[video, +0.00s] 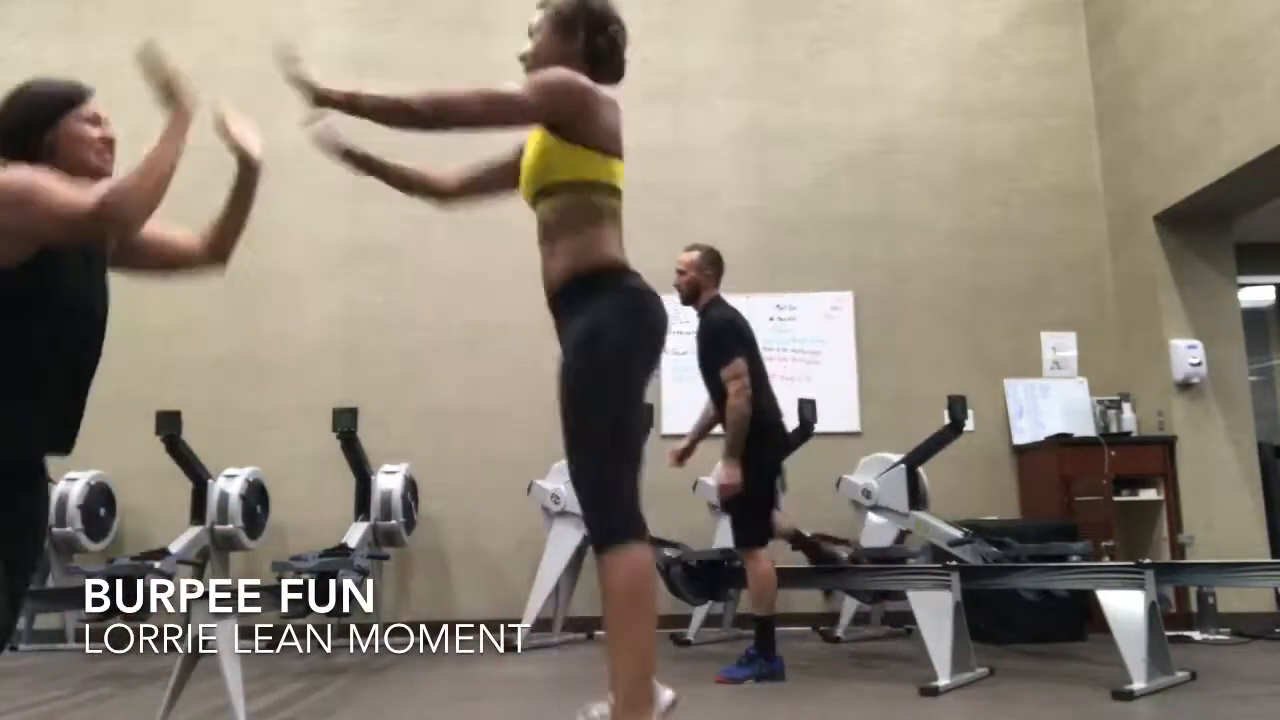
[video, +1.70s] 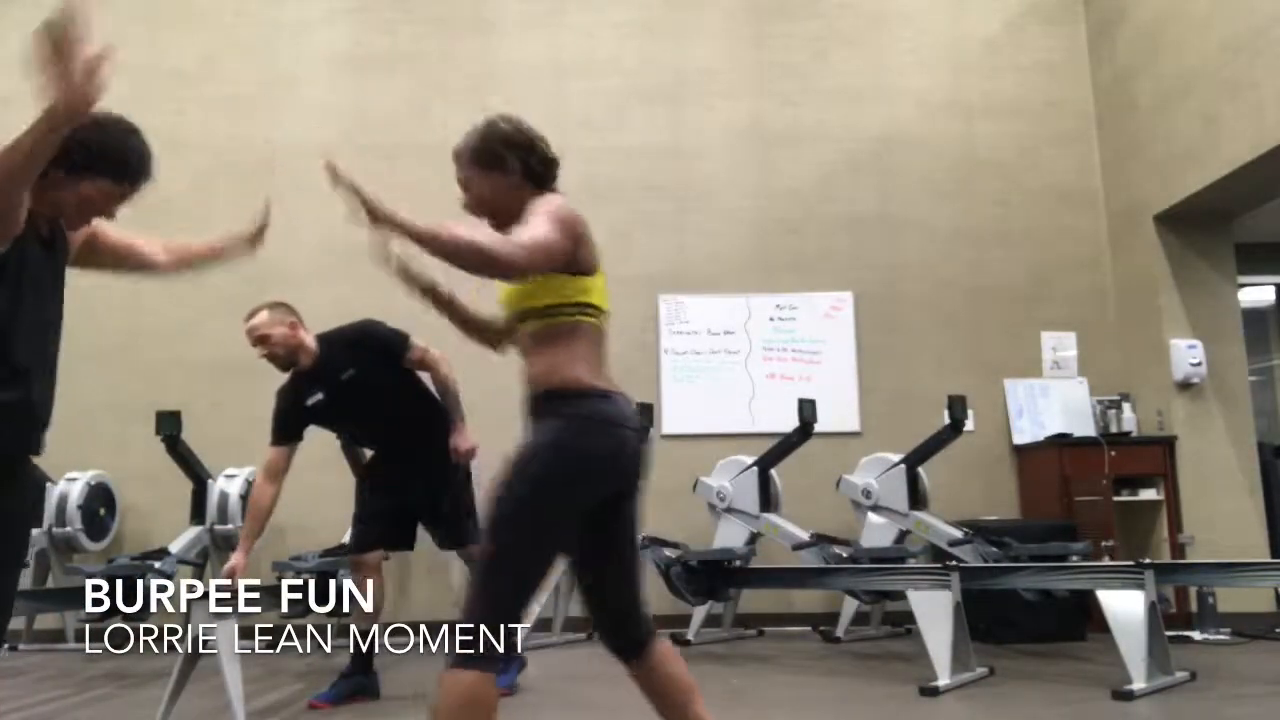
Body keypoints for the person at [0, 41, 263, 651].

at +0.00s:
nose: (107, 132)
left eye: (105, 122)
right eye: (89, 120)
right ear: (43, 135)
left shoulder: (89, 220)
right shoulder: (13, 191)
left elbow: (209, 253)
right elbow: (112, 213)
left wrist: (248, 173)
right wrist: (180, 118)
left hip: (26, 456)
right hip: (3, 452)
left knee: (11, 601)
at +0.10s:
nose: (104, 103)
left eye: (98, 91)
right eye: (86, 92)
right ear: (42, 107)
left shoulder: (100, 190)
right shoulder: (25, 164)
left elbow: (220, 193)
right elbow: (161, 142)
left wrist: (286, 125)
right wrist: (262, 84)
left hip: (31, 427)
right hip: (10, 425)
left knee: (13, 593)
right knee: (9, 591)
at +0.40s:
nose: (99, 130)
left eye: (96, 116)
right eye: (82, 117)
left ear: (49, 130)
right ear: (34, 127)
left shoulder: (73, 214)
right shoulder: (12, 182)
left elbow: (190, 230)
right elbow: (116, 197)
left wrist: (284, 184)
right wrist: (244, 136)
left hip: (20, 456)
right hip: (7, 455)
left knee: (11, 639)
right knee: (9, 639)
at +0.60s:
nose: (76, 137)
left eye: (74, 124)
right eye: (61, 122)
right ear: (16, 131)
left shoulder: (42, 229)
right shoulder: (4, 201)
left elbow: (160, 259)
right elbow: (45, 233)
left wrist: (251, 221)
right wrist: (159, 172)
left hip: (21, 459)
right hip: (8, 457)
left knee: (8, 626)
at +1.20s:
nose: (84, 130)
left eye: (82, 120)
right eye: (68, 116)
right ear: (19, 125)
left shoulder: (61, 223)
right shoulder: (4, 184)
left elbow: (185, 263)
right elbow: (95, 219)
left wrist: (253, 199)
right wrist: (186, 143)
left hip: (34, 456)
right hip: (3, 452)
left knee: (5, 647)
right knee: (2, 646)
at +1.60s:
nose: (108, 173)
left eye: (115, 158)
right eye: (102, 153)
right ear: (56, 144)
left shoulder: (60, 219)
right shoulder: (9, 209)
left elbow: (171, 211)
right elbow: (56, 141)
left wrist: (249, 170)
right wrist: (146, 47)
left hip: (21, 457)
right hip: (1, 456)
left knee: (5, 611)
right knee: (4, 612)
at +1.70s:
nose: (104, 218)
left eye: (112, 207)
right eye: (102, 202)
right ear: (62, 176)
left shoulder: (61, 237)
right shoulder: (14, 228)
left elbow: (150, 255)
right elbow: (13, 179)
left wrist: (232, 246)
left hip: (18, 469)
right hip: (3, 468)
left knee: (3, 621)